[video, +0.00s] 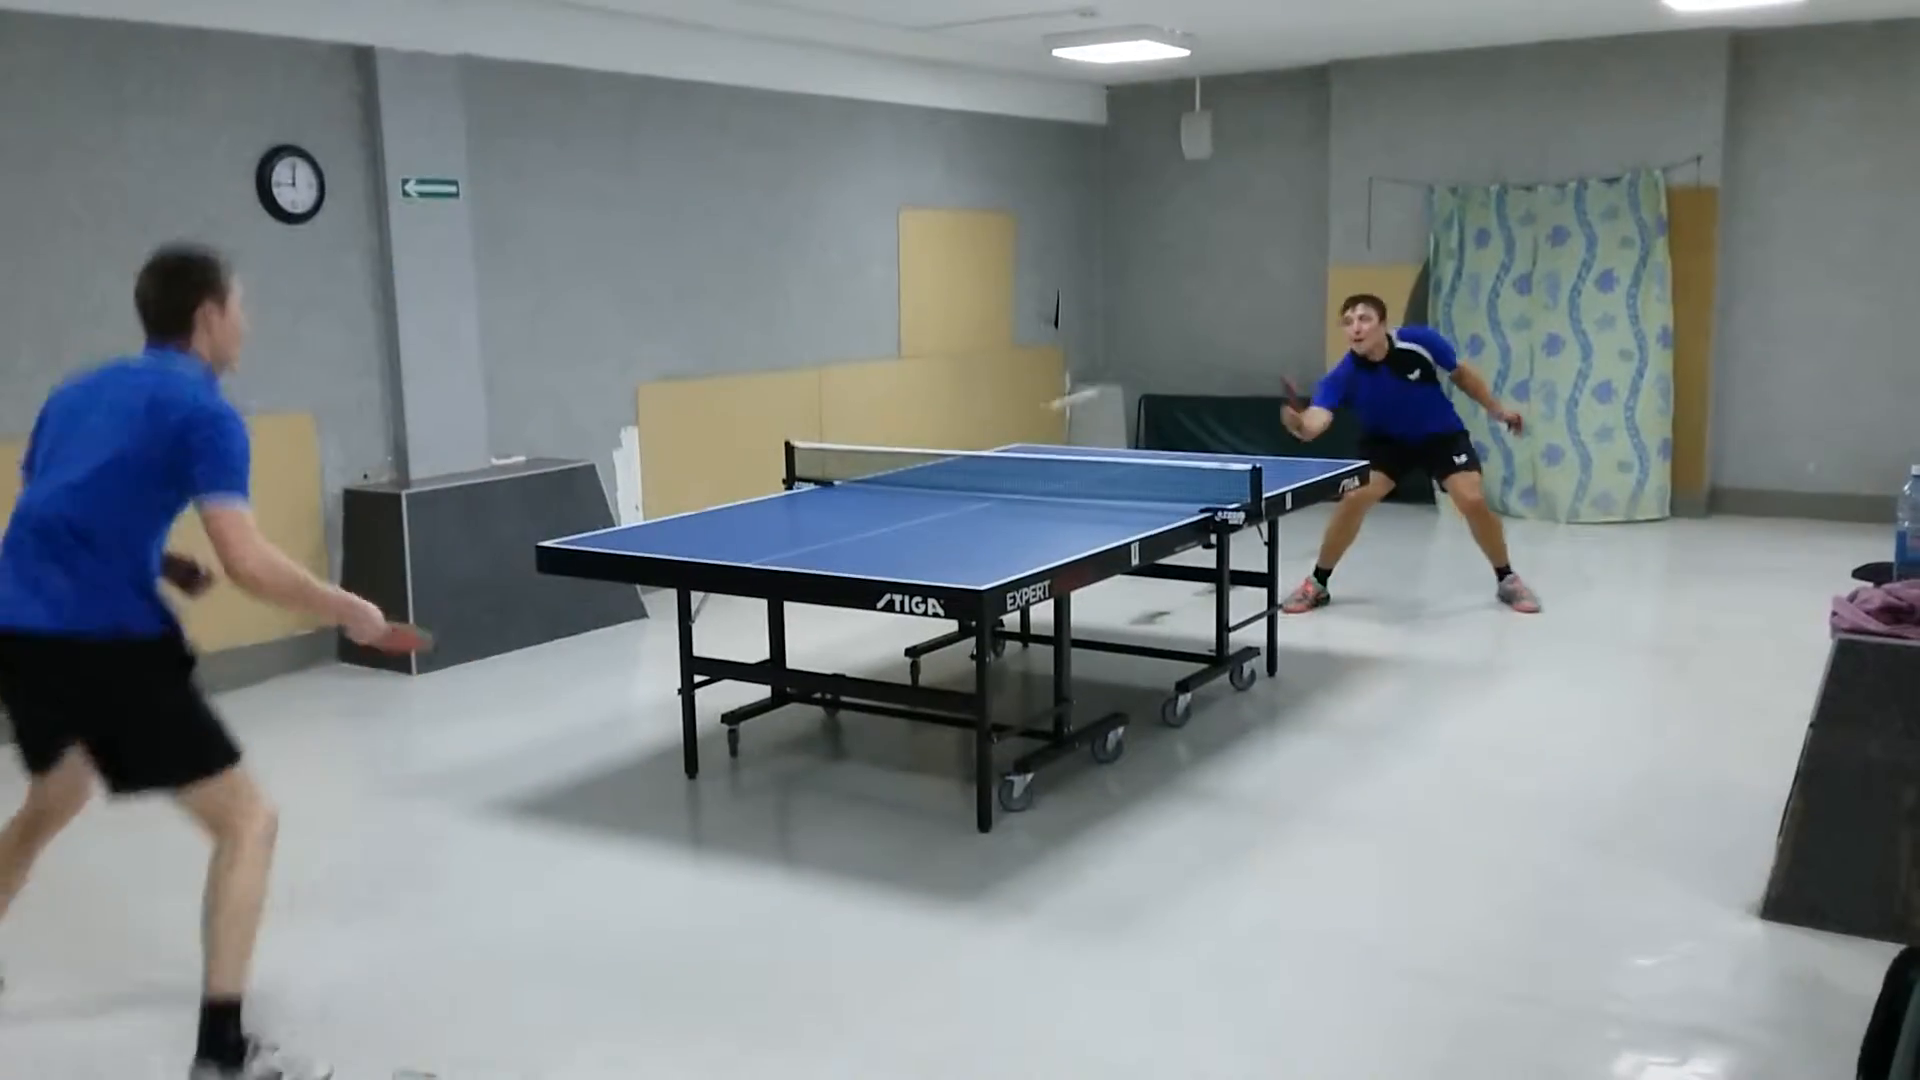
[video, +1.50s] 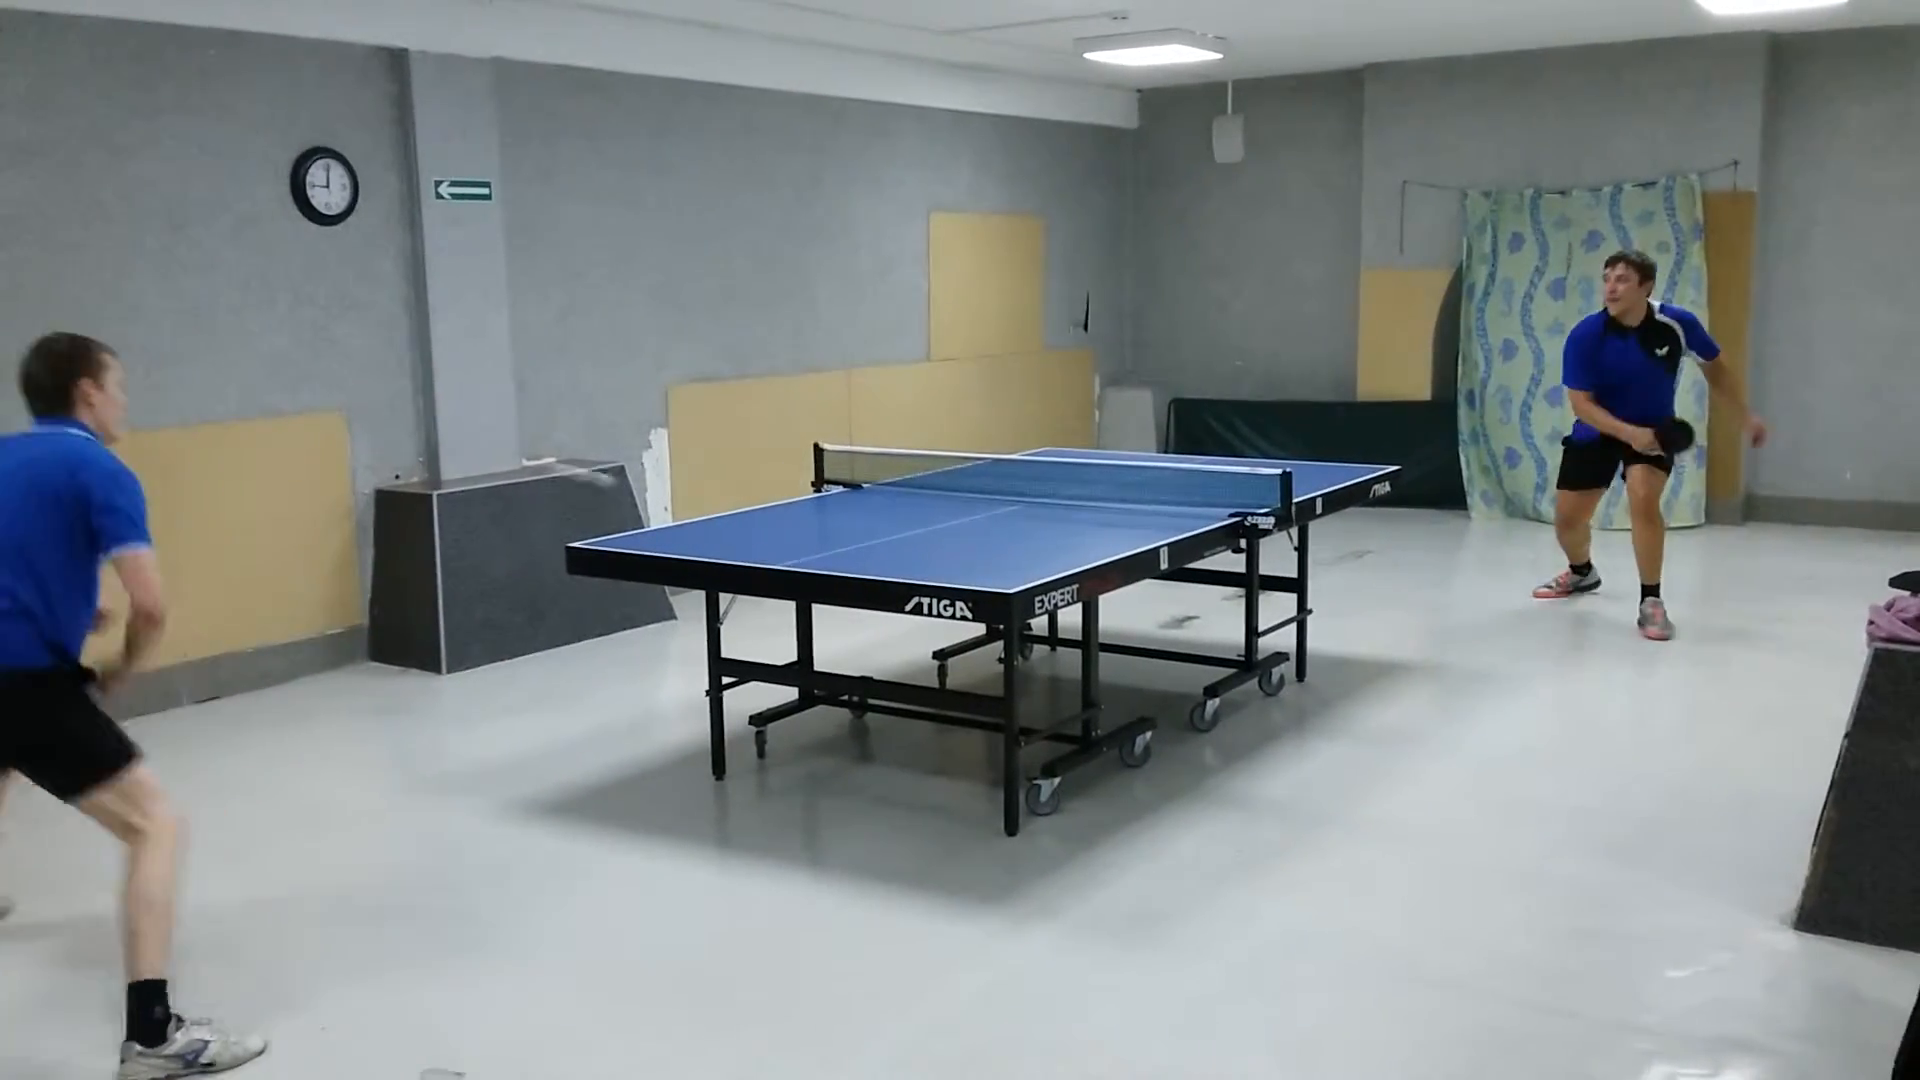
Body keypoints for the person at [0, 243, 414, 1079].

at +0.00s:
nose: (241, 324)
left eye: (236, 307)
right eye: (234, 308)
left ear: (156, 319)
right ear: (206, 316)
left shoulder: (76, 391)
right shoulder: (203, 408)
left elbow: (50, 509)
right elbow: (244, 560)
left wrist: (158, 559)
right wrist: (349, 609)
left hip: (20, 628)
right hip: (108, 638)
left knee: (60, 791)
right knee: (246, 820)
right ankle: (222, 1044)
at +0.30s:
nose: (150, 423)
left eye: (146, 407)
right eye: (144, 408)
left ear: (69, 416)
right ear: (115, 413)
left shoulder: (12, 472)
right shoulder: (122, 493)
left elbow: (16, 575)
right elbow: (211, 626)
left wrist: (75, 632)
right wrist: (193, 704)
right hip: (30, 709)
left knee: (14, 807)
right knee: (179, 853)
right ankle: (212, 1061)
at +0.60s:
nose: (102, 409)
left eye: (98, 396)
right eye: (96, 396)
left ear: (17, 408)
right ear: (76, 402)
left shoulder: (8, 452)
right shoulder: (91, 461)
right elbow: (265, 465)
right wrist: (379, 432)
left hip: (8, 688)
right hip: (4, 689)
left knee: (40, 854)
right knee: (47, 860)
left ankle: (125, 1048)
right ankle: (130, 1057)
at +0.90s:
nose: (103, 313)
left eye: (98, 297)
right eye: (96, 298)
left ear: (22, 306)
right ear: (64, 303)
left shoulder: (1, 370)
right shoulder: (95, 381)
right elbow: (212, 495)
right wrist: (326, 561)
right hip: (40, 625)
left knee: (7, 776)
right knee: (119, 829)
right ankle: (111, 1045)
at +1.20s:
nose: (156, 301)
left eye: (152, 285)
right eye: (146, 285)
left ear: (83, 296)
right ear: (109, 292)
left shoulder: (16, 366)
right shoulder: (111, 384)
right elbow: (173, 541)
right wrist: (282, 584)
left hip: (8, 624)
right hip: (52, 632)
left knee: (21, 759)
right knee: (165, 797)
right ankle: (156, 1020)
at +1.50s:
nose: (122, 404)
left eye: (118, 388)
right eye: (115, 389)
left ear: (47, 396)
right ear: (86, 393)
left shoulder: (11, 454)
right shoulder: (98, 469)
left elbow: (19, 570)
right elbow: (146, 607)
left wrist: (76, 624)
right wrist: (119, 675)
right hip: (27, 682)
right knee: (153, 822)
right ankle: (149, 1032)